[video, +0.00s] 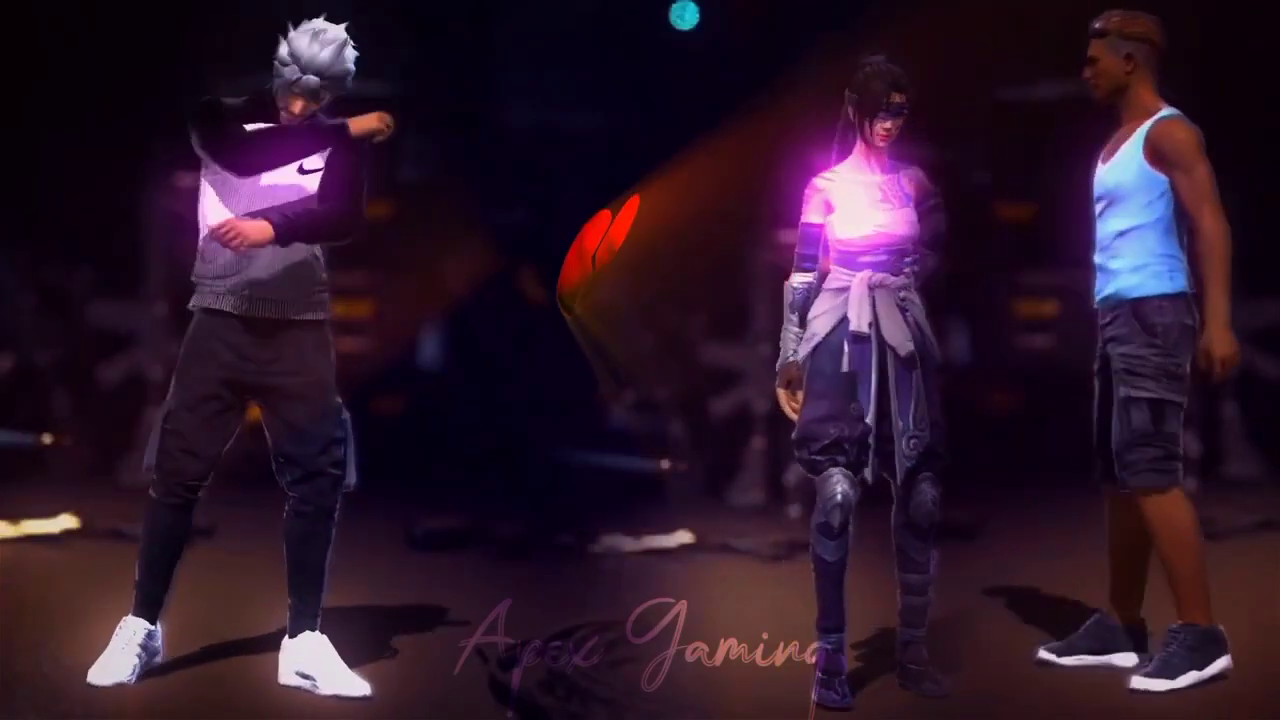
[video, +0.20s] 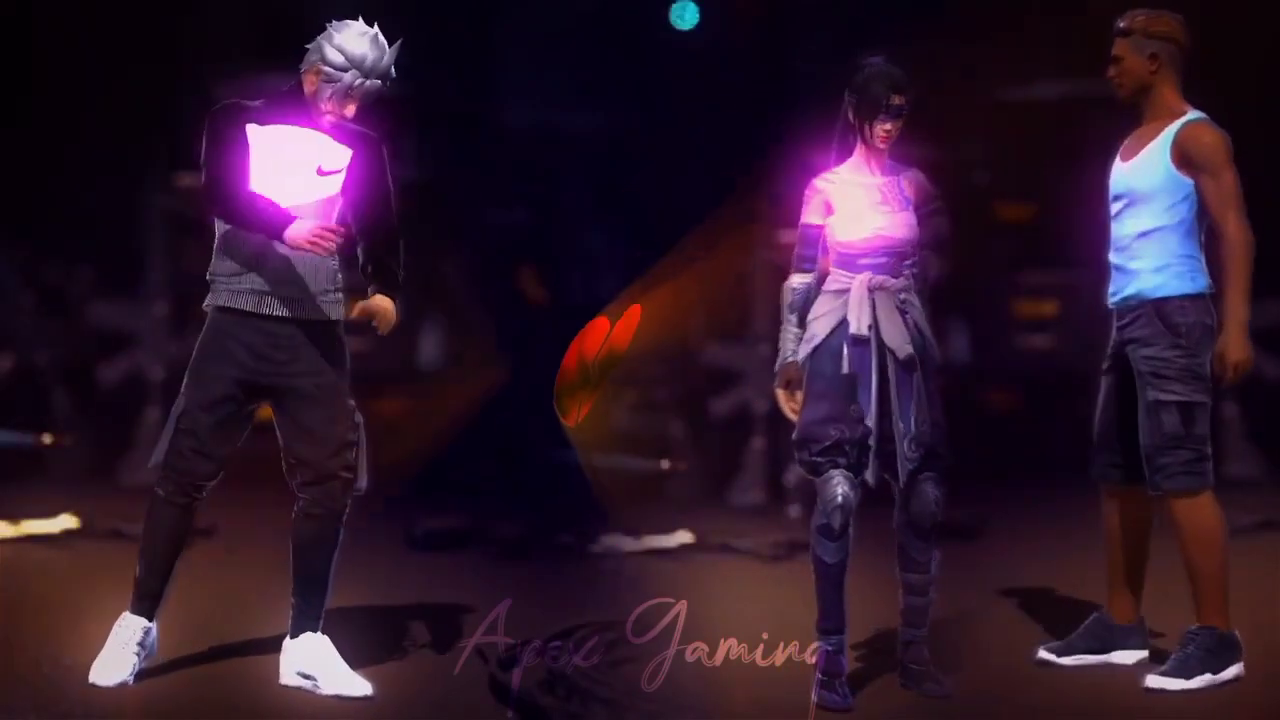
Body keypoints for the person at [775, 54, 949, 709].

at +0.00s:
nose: (893, 124)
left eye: (902, 114)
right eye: (884, 112)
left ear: (910, 117)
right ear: (855, 110)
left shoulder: (915, 182)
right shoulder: (825, 184)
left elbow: (930, 262)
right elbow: (804, 272)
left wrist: (900, 277)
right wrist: (789, 354)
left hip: (904, 338)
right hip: (835, 337)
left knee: (920, 494)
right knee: (836, 495)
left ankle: (912, 646)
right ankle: (831, 647)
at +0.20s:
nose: (894, 126)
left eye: (902, 116)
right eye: (885, 114)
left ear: (910, 119)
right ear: (857, 112)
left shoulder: (914, 186)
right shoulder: (824, 187)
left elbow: (931, 273)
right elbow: (802, 276)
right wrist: (788, 355)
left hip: (905, 341)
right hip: (836, 339)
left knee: (922, 495)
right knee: (836, 495)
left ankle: (913, 646)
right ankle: (832, 648)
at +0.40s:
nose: (891, 134)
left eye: (899, 122)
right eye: (881, 122)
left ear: (908, 127)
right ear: (854, 122)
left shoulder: (916, 196)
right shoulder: (822, 196)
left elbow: (937, 286)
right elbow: (797, 282)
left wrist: (940, 364)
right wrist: (786, 360)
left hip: (903, 344)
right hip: (834, 344)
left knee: (922, 499)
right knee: (839, 497)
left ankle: (906, 640)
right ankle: (832, 651)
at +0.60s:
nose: (888, 136)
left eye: (896, 125)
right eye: (878, 124)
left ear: (905, 130)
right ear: (852, 125)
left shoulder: (915, 199)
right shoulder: (822, 197)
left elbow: (937, 290)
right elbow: (795, 284)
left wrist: (943, 362)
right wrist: (786, 360)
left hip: (901, 343)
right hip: (833, 340)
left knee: (916, 497)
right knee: (840, 494)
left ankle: (900, 637)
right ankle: (832, 650)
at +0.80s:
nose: (883, 143)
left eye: (891, 133)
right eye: (872, 132)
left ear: (900, 138)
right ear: (850, 136)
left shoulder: (913, 208)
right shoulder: (819, 206)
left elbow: (939, 294)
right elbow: (794, 292)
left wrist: (950, 366)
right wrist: (787, 365)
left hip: (896, 345)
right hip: (829, 344)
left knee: (906, 496)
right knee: (842, 495)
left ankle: (882, 623)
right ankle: (832, 649)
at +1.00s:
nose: (880, 152)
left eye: (888, 142)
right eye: (869, 142)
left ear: (896, 148)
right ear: (848, 148)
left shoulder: (911, 220)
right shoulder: (817, 219)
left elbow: (939, 304)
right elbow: (795, 300)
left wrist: (949, 375)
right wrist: (795, 364)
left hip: (893, 354)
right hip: (831, 352)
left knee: (907, 509)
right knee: (844, 496)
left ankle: (868, 621)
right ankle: (831, 650)